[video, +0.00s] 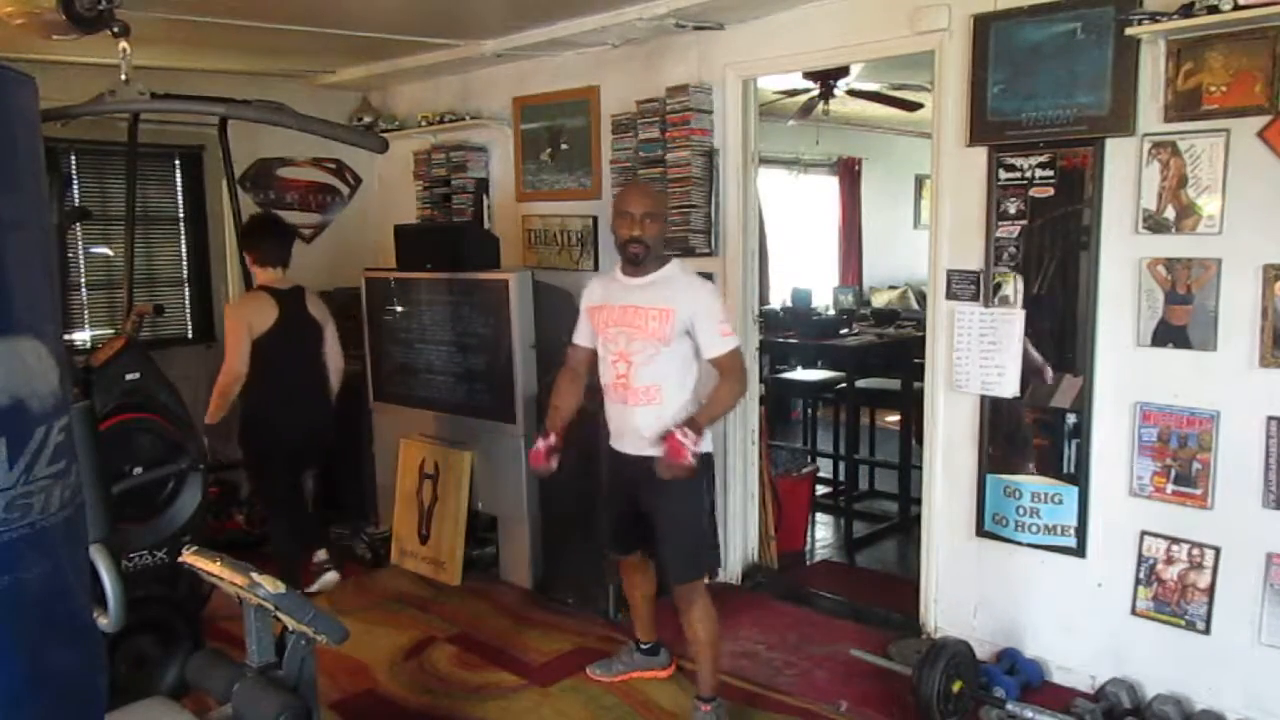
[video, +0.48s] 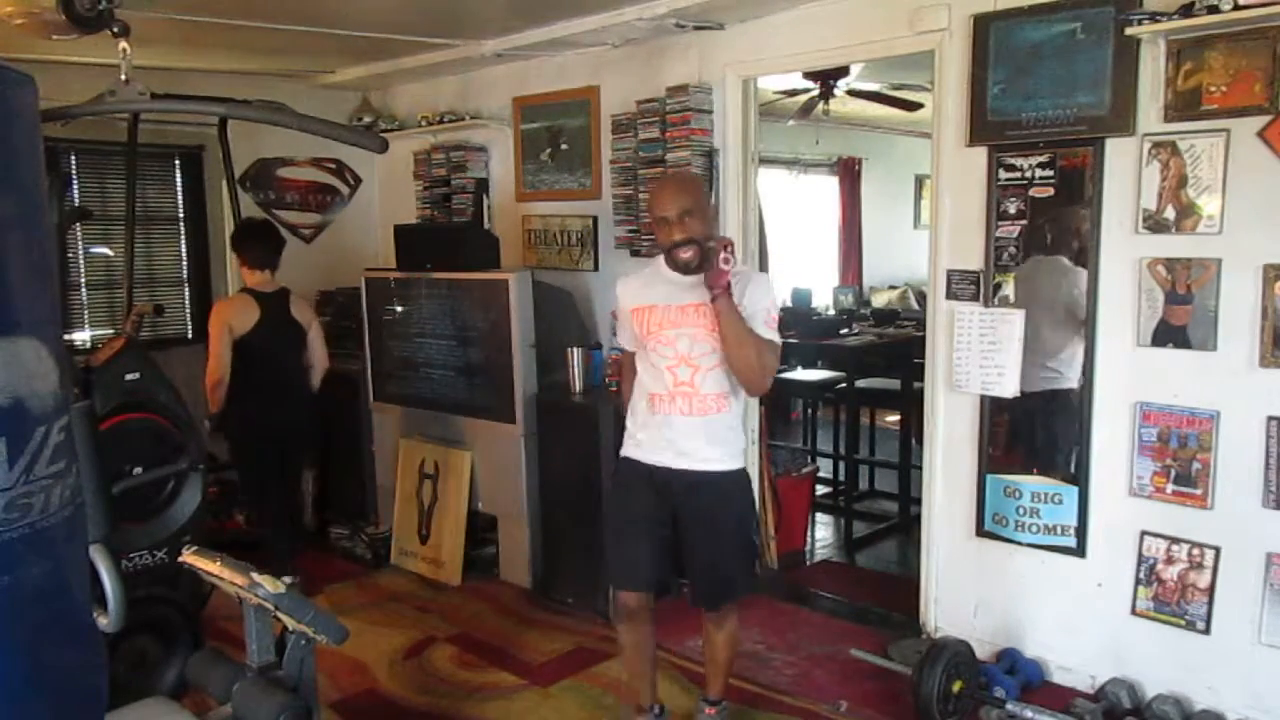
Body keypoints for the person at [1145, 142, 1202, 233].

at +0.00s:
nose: (1157, 158)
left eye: (1159, 154)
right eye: (1155, 156)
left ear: (1169, 149)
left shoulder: (1175, 161)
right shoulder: (1164, 165)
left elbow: (1170, 188)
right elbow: (1161, 188)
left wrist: (1160, 214)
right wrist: (1157, 212)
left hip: (1190, 211)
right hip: (1180, 212)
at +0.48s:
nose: (1158, 159)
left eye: (1159, 154)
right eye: (1155, 156)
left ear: (1169, 150)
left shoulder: (1175, 162)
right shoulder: (1164, 166)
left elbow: (1170, 188)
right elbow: (1161, 188)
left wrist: (1160, 214)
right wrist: (1157, 213)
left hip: (1190, 211)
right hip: (1180, 212)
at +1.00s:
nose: (1158, 159)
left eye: (1159, 154)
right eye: (1155, 156)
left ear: (1168, 150)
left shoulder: (1175, 161)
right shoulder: (1163, 166)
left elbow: (1170, 188)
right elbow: (1161, 188)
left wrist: (1159, 214)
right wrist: (1157, 213)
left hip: (1190, 211)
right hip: (1180, 211)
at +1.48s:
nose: (1158, 159)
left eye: (1159, 154)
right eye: (1155, 156)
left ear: (1168, 150)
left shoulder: (1175, 161)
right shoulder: (1164, 166)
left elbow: (1170, 187)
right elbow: (1161, 189)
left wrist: (1159, 214)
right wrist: (1157, 213)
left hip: (1190, 210)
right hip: (1180, 211)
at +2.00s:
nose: (1157, 158)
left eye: (1159, 153)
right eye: (1155, 156)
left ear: (1168, 150)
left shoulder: (1175, 162)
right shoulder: (1164, 166)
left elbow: (1170, 188)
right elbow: (1161, 188)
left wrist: (1160, 213)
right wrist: (1157, 212)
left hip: (1190, 211)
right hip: (1180, 212)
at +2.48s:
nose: (1158, 158)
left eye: (1160, 153)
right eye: (1155, 155)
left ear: (1169, 150)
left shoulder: (1175, 161)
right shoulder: (1164, 166)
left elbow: (1170, 187)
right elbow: (1161, 188)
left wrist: (1160, 213)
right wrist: (1157, 212)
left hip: (1190, 210)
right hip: (1180, 211)